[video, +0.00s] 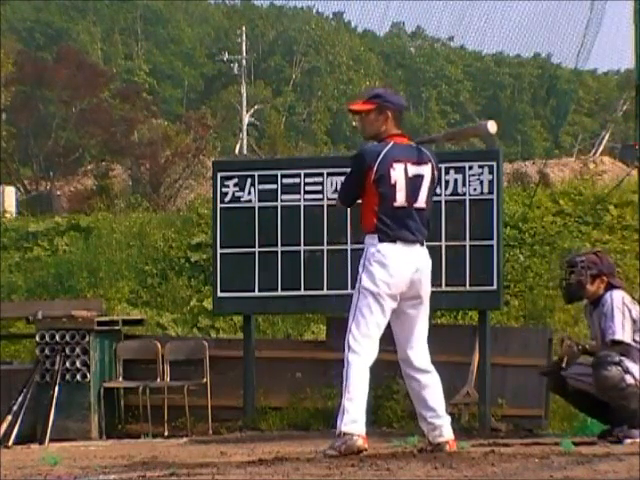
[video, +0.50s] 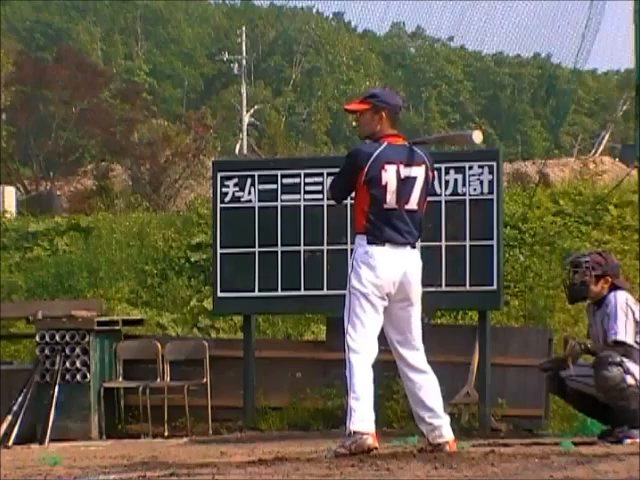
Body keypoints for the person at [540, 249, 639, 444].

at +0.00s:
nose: (571, 282)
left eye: (579, 276)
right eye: (571, 275)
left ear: (601, 281)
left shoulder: (615, 299)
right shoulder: (591, 307)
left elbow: (622, 349)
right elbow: (603, 348)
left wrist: (582, 349)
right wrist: (566, 360)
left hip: (634, 371)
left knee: (606, 367)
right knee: (559, 378)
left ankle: (633, 425)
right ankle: (617, 423)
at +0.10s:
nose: (573, 282)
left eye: (580, 276)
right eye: (572, 275)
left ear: (603, 282)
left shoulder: (616, 300)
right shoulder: (592, 309)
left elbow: (622, 351)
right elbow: (605, 350)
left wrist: (583, 349)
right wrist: (568, 362)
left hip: (634, 372)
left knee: (607, 366)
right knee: (557, 377)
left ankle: (633, 425)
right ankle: (618, 423)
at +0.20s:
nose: (574, 282)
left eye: (582, 276)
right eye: (573, 275)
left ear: (604, 282)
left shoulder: (617, 300)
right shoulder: (592, 309)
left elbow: (621, 350)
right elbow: (603, 350)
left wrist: (582, 349)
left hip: (634, 372)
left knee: (607, 367)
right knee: (556, 376)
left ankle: (633, 425)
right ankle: (618, 423)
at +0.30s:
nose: (575, 281)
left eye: (583, 275)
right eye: (574, 275)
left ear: (604, 282)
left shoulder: (617, 300)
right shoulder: (592, 309)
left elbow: (622, 350)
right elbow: (603, 349)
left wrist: (583, 348)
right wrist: (563, 360)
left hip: (634, 373)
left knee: (607, 366)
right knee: (555, 376)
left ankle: (633, 425)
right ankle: (617, 423)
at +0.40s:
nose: (577, 281)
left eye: (585, 276)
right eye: (577, 275)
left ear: (606, 282)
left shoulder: (618, 299)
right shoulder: (593, 308)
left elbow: (624, 351)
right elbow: (603, 351)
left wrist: (584, 347)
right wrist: (565, 361)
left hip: (634, 373)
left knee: (607, 367)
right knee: (558, 379)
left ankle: (633, 426)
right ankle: (617, 424)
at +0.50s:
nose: (577, 281)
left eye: (585, 276)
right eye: (577, 275)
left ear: (606, 282)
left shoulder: (618, 300)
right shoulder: (593, 308)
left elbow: (625, 351)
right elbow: (603, 351)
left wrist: (584, 347)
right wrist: (565, 361)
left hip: (633, 373)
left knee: (607, 367)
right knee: (557, 379)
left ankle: (632, 426)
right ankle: (617, 423)